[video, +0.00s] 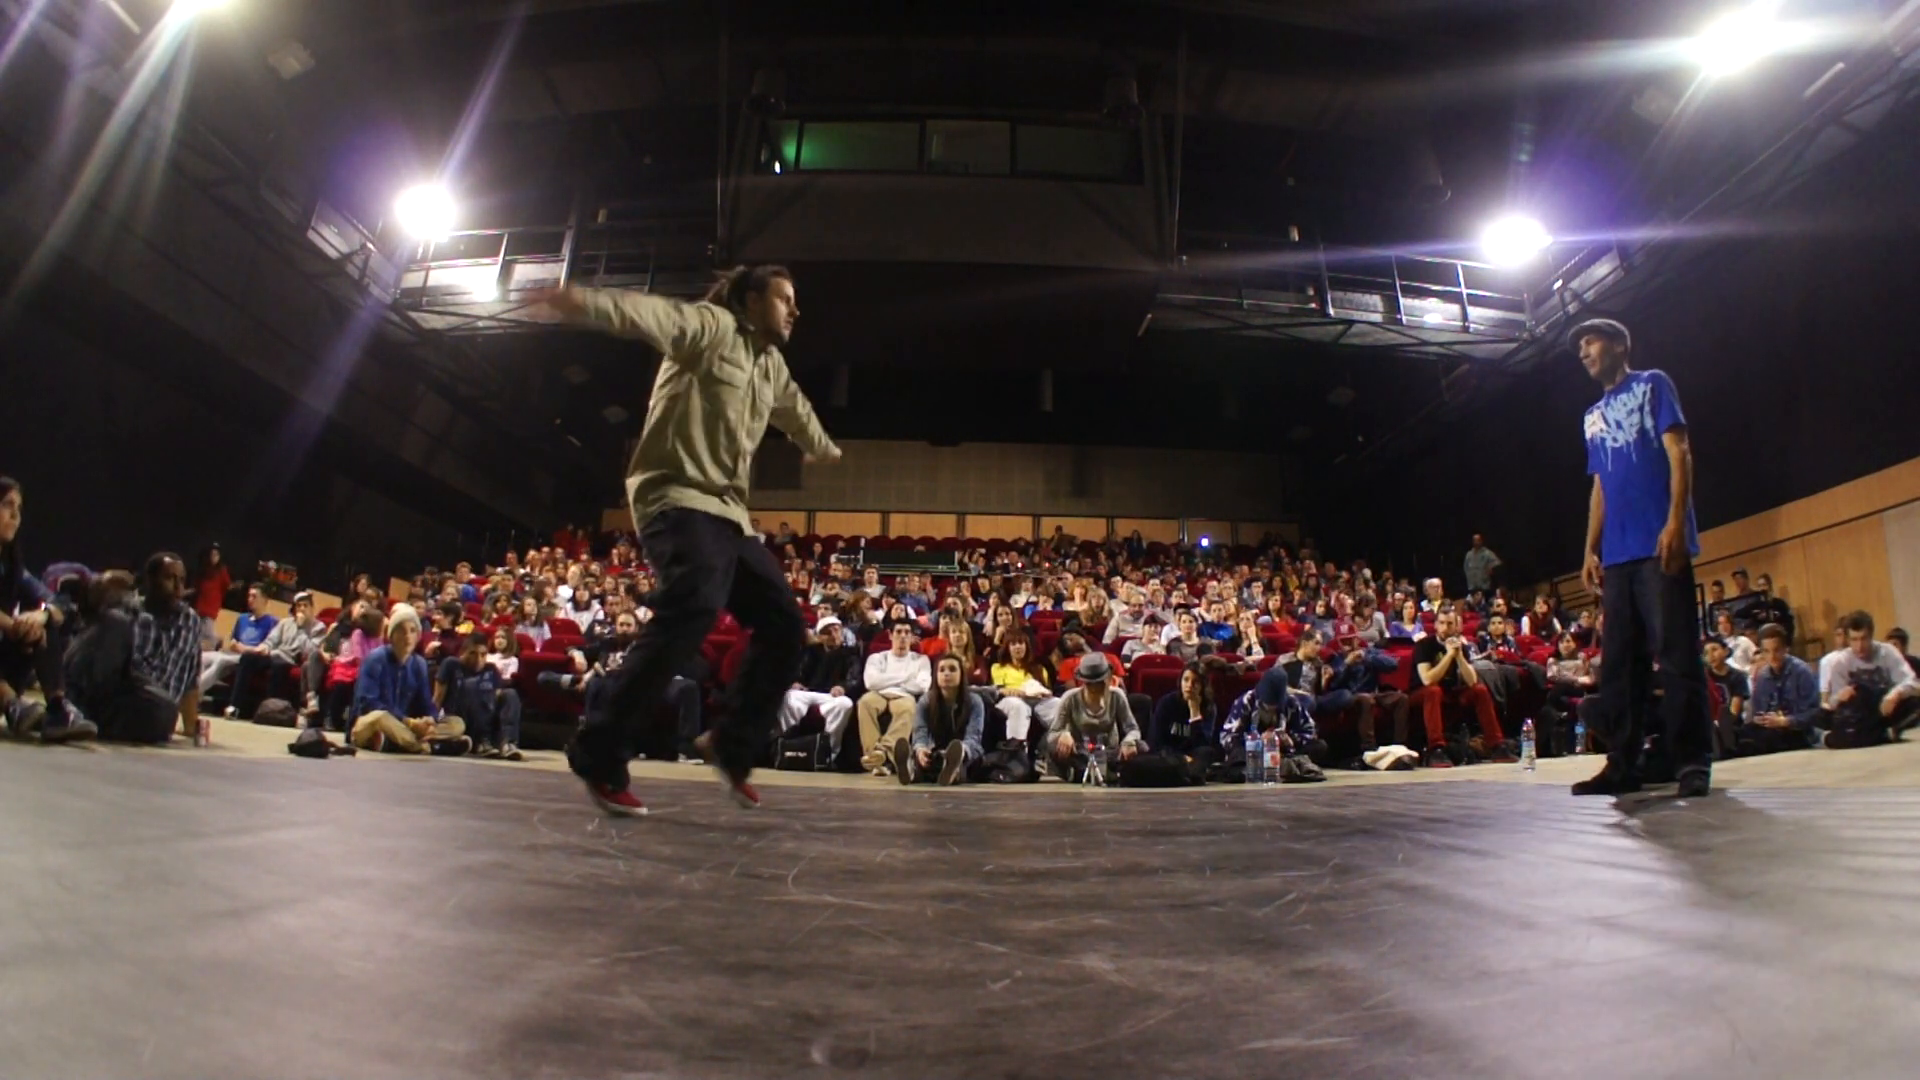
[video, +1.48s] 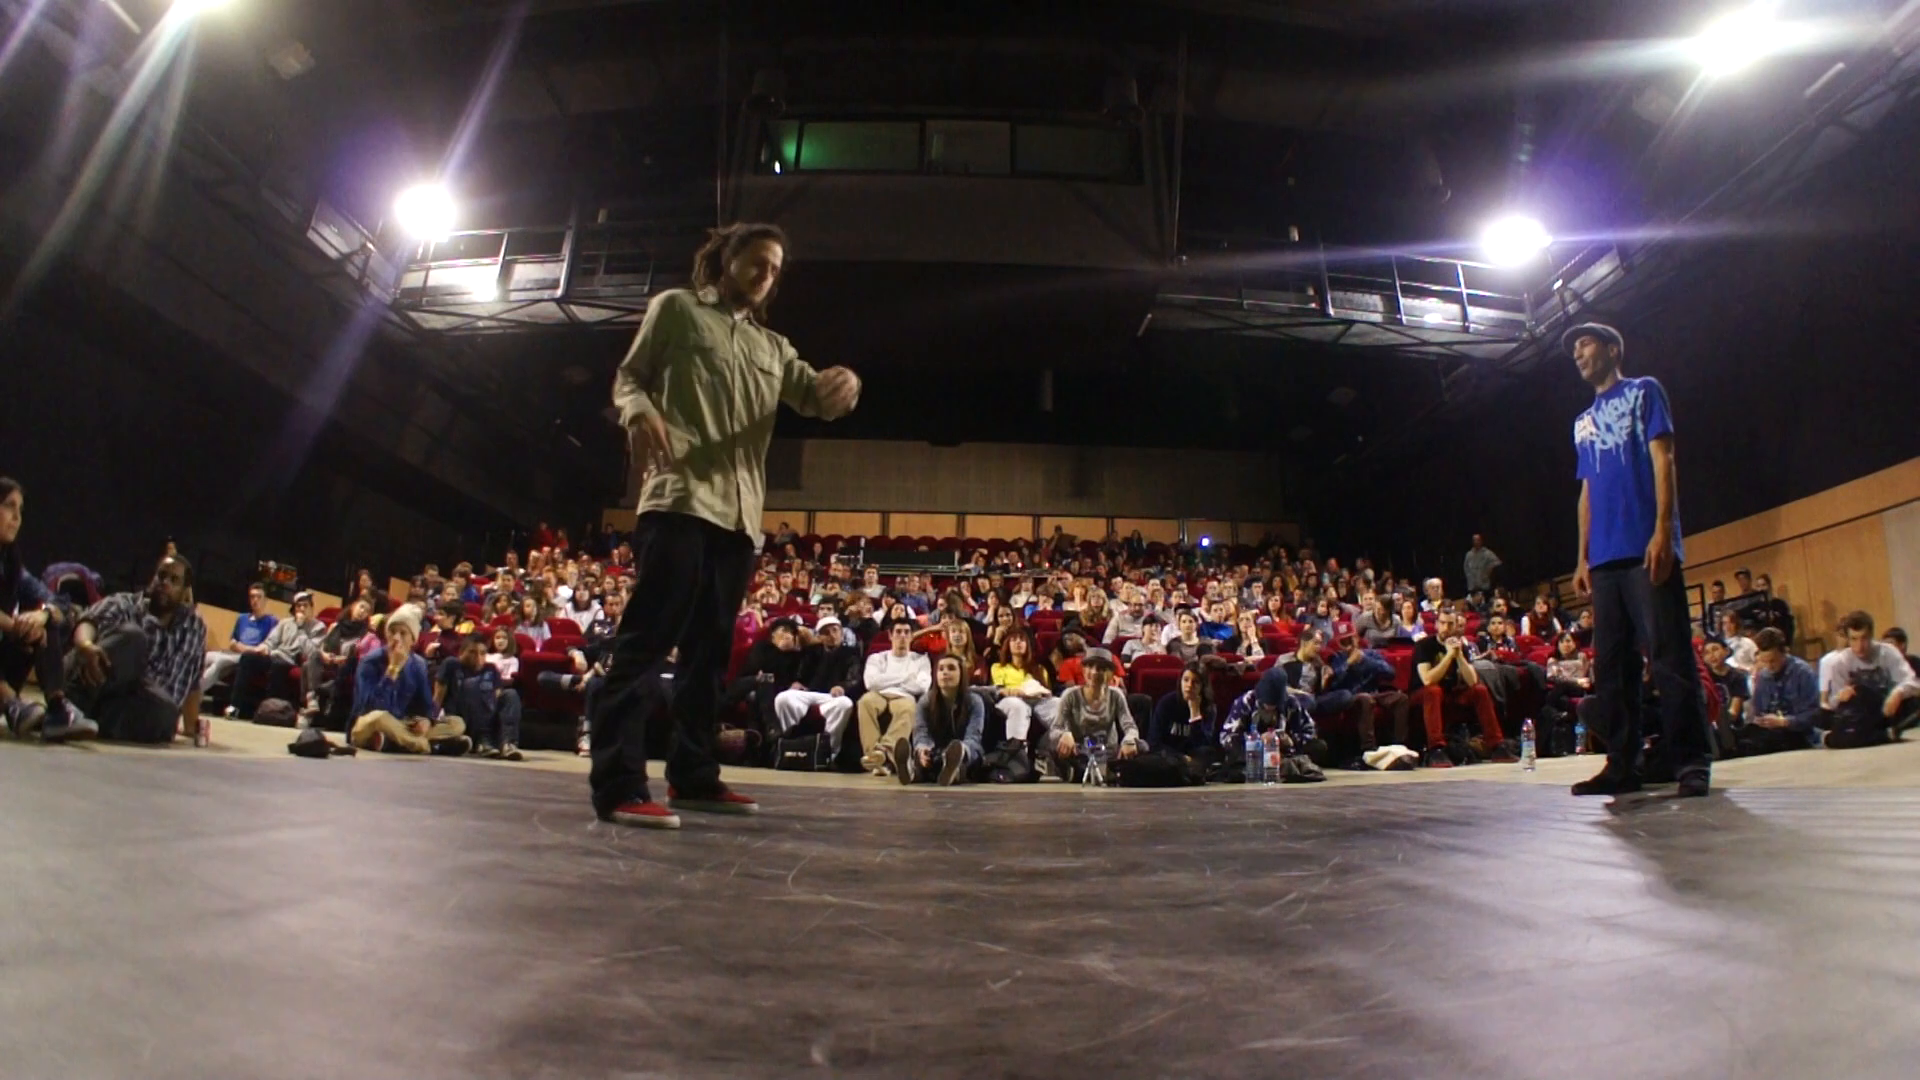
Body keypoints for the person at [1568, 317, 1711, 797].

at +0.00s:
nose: (1584, 353)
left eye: (1591, 344)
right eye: (1581, 348)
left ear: (1620, 345)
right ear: (1585, 358)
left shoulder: (1652, 384)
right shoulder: (1592, 417)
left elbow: (1679, 452)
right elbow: (1600, 485)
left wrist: (1676, 523)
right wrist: (1591, 548)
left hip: (1659, 545)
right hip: (1617, 554)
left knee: (1675, 656)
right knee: (1619, 661)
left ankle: (1692, 763)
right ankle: (1623, 764)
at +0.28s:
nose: (1586, 357)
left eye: (1593, 347)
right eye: (1583, 352)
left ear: (1621, 348)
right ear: (1588, 361)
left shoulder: (1652, 389)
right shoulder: (1592, 420)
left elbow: (1677, 461)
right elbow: (1594, 488)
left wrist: (1680, 534)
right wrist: (1587, 554)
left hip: (1654, 550)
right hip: (1610, 559)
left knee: (1671, 659)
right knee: (1616, 664)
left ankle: (1692, 763)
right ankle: (1623, 764)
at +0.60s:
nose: (1580, 358)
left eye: (1587, 348)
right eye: (1576, 353)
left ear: (1616, 349)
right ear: (1580, 365)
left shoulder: (1650, 393)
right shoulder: (1587, 422)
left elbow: (1673, 464)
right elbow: (1588, 490)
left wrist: (1675, 537)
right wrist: (1582, 553)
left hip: (1649, 551)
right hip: (1604, 560)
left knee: (1669, 661)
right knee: (1612, 665)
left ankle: (1691, 764)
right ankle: (1622, 764)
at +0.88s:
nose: (1578, 358)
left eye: (1586, 348)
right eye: (1575, 353)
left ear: (1615, 350)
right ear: (1579, 364)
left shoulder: (1647, 392)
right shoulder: (1584, 422)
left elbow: (1671, 462)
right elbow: (1587, 492)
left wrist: (1673, 533)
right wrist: (1581, 555)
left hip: (1648, 551)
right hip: (1604, 561)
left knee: (1669, 661)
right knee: (1613, 666)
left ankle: (1691, 764)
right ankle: (1622, 764)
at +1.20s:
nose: (1573, 358)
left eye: (1581, 347)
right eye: (1571, 353)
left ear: (1610, 349)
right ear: (1578, 363)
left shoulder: (1644, 391)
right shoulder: (1584, 424)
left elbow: (1666, 459)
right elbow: (1588, 492)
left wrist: (1668, 530)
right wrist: (1584, 556)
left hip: (1647, 550)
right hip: (1604, 560)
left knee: (1670, 660)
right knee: (1613, 665)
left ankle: (1691, 764)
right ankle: (1622, 764)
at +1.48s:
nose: (1579, 354)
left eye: (1587, 345)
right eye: (1575, 350)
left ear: (1614, 350)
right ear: (1578, 363)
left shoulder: (1644, 390)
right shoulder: (1582, 422)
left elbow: (1664, 460)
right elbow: (1586, 491)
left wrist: (1664, 531)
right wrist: (1583, 557)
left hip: (1647, 551)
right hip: (1604, 560)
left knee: (1670, 661)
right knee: (1613, 667)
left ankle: (1691, 764)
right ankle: (1622, 766)